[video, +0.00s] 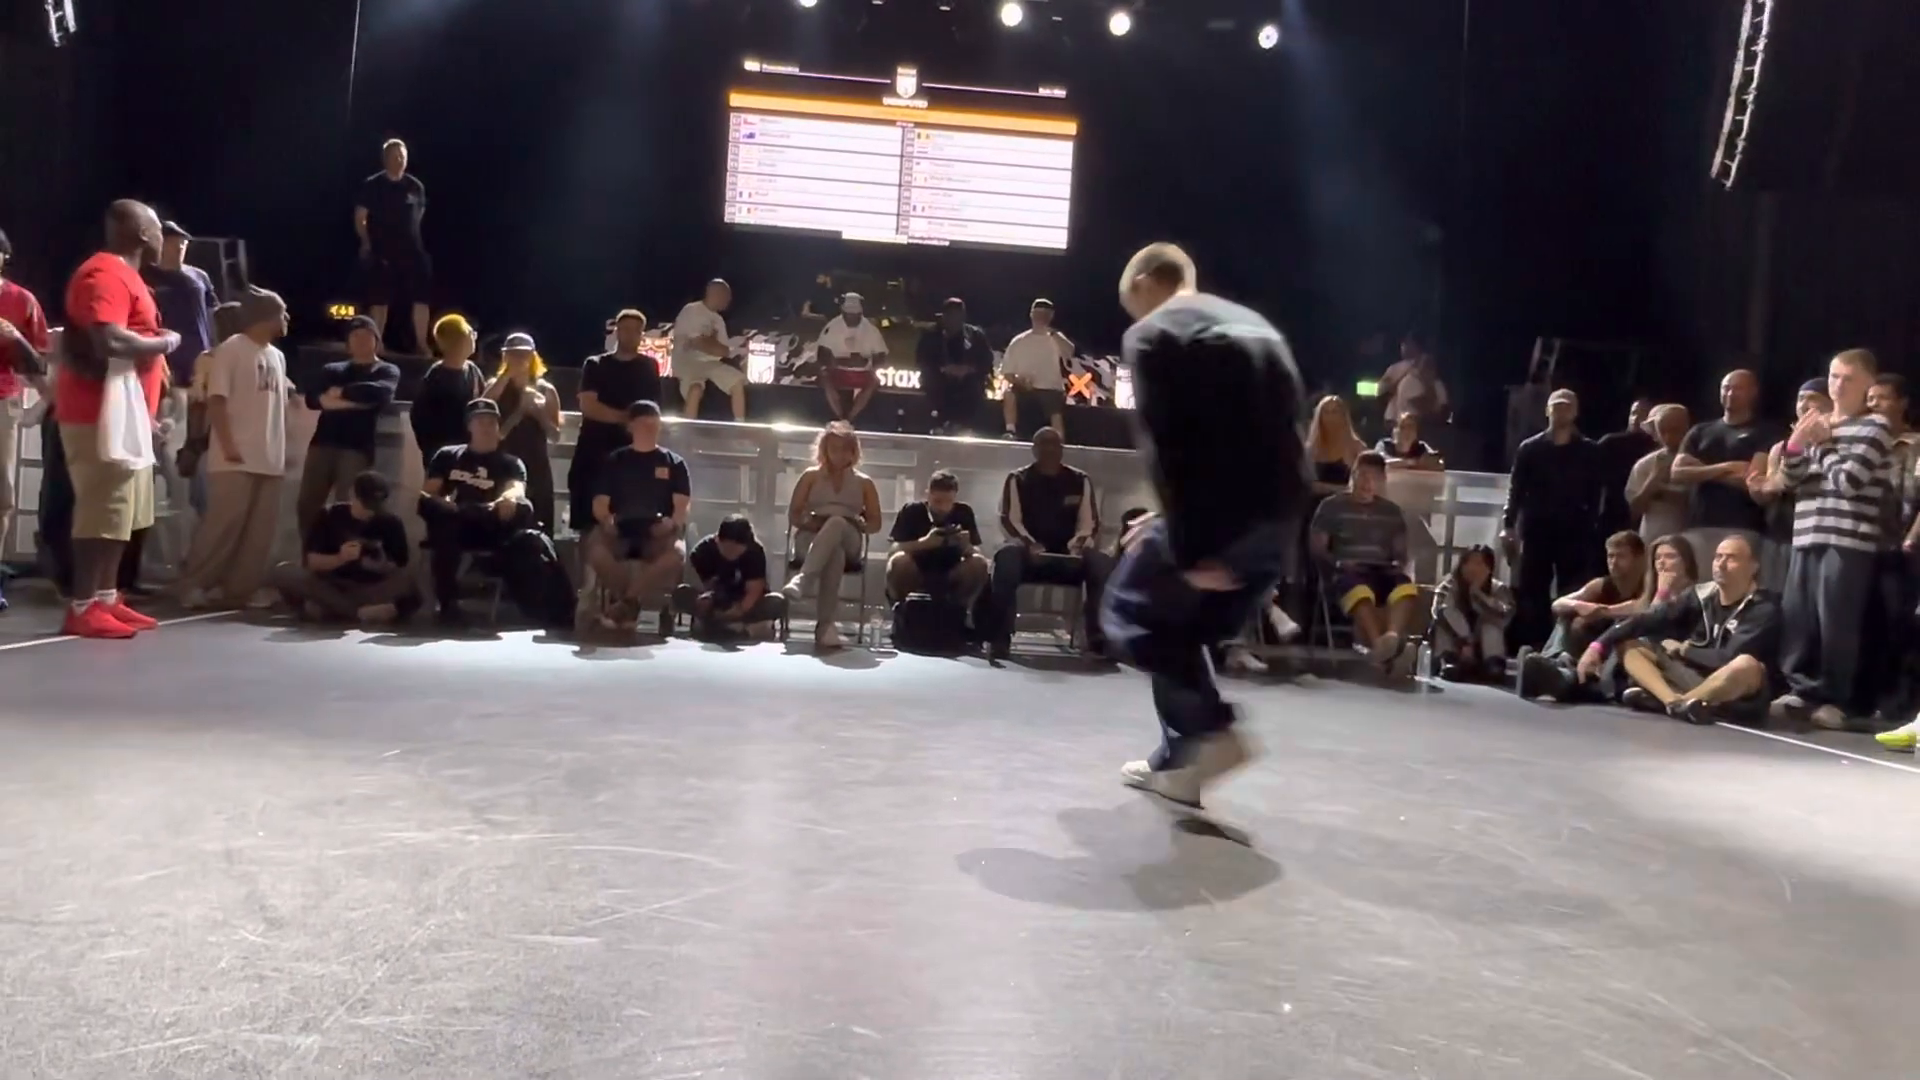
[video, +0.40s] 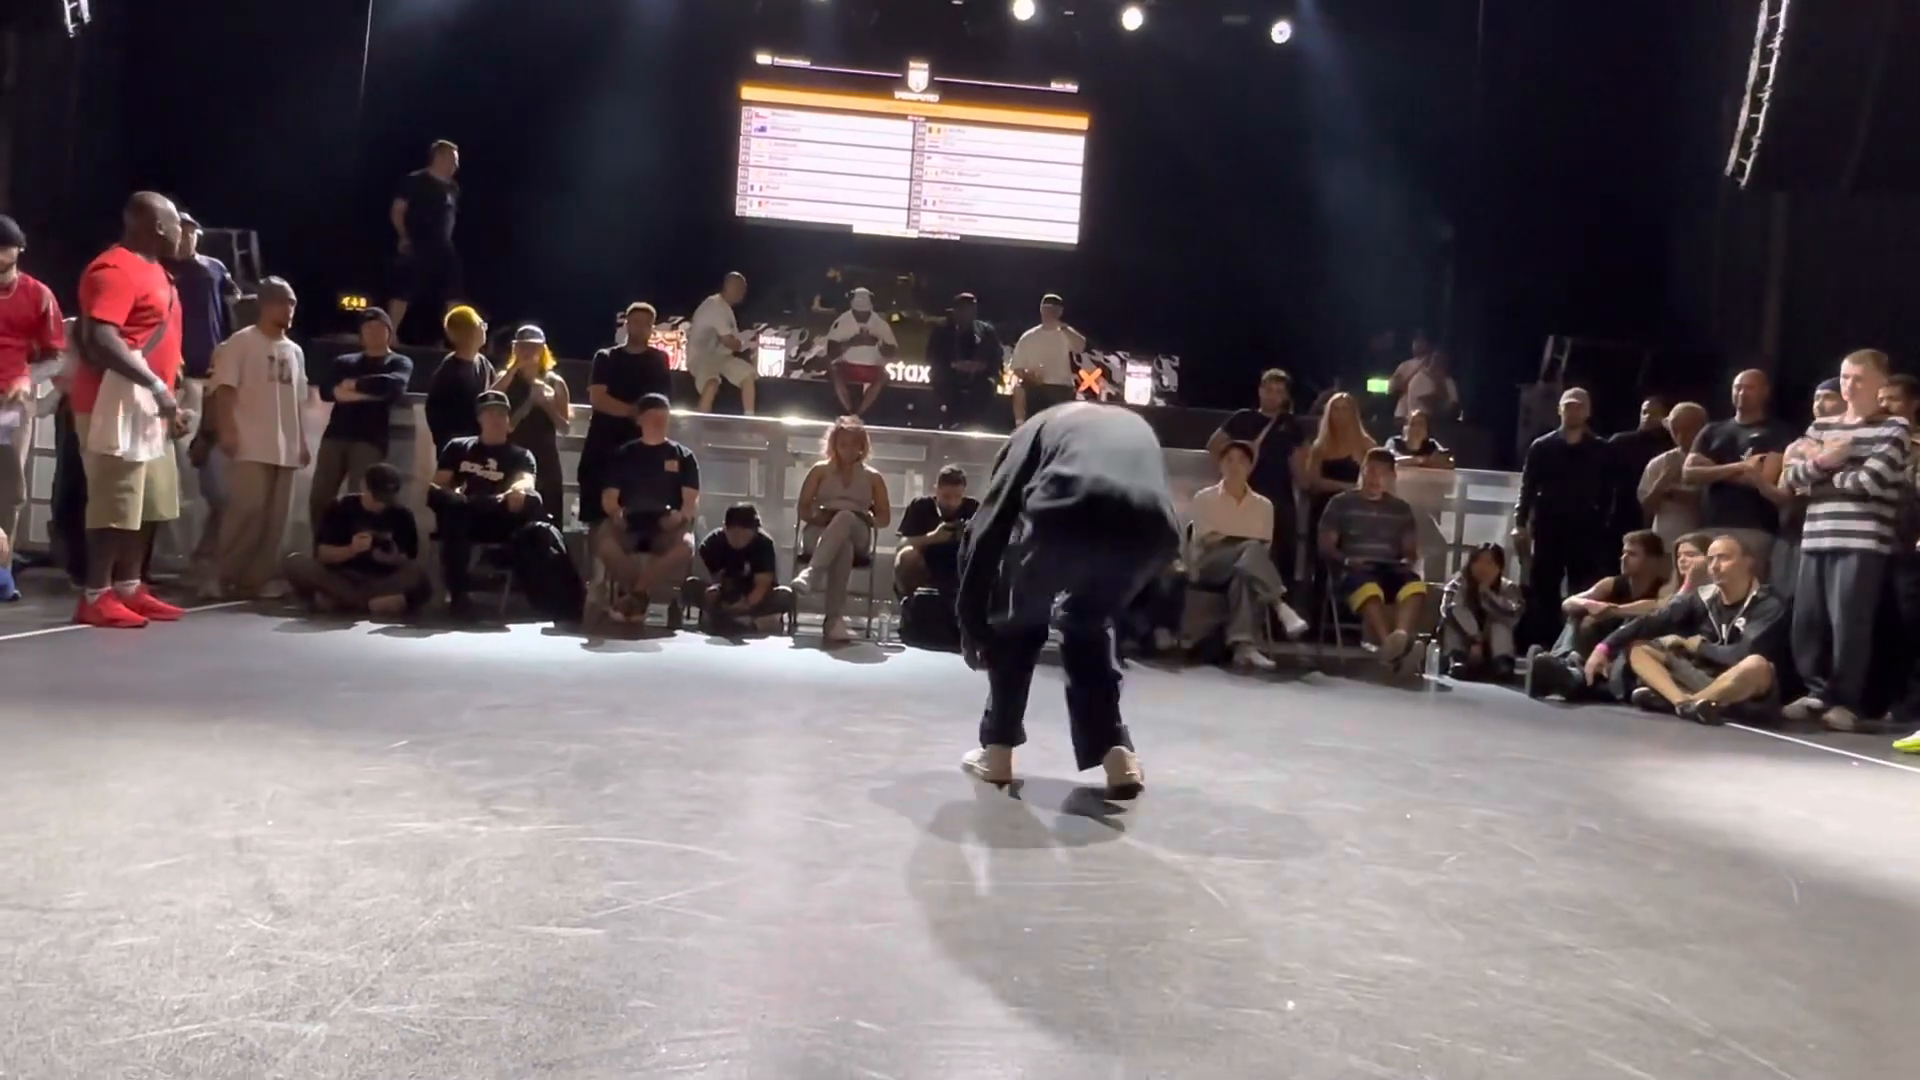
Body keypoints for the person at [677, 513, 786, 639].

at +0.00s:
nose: (735, 555)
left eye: (740, 551)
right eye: (731, 550)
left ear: (746, 545)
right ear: (719, 540)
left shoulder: (754, 551)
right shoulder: (700, 553)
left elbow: (755, 589)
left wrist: (742, 609)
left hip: (744, 596)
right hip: (716, 597)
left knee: (777, 602)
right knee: (682, 594)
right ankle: (743, 628)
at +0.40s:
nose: (739, 540)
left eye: (745, 535)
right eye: (735, 534)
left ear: (754, 531)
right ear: (726, 529)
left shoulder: (763, 543)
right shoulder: (710, 545)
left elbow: (763, 582)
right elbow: (717, 579)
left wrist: (746, 604)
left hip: (753, 587)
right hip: (726, 586)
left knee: (785, 595)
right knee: (690, 586)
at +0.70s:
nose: (745, 537)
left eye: (751, 532)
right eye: (740, 532)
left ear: (758, 528)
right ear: (731, 525)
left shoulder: (769, 540)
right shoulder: (716, 542)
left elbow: (769, 580)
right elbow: (724, 577)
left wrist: (753, 600)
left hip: (760, 585)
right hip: (733, 586)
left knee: (790, 593)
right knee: (696, 583)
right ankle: (757, 620)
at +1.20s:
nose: (749, 534)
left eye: (755, 530)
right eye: (745, 529)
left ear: (765, 526)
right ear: (737, 521)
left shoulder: (775, 536)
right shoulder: (722, 536)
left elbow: (775, 573)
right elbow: (727, 570)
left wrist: (758, 595)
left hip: (765, 582)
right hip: (737, 583)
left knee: (797, 586)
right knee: (702, 577)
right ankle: (763, 613)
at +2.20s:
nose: (762, 528)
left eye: (768, 524)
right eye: (758, 522)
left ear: (777, 518)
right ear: (749, 512)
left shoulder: (787, 524)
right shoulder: (734, 525)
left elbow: (786, 564)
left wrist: (766, 584)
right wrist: (731, 572)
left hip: (776, 571)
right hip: (748, 573)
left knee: (808, 576)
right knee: (714, 566)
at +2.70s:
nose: (765, 526)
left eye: (771, 522)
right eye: (762, 520)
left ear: (780, 516)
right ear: (753, 508)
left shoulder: (790, 521)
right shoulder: (736, 523)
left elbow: (789, 562)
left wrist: (769, 580)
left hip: (780, 568)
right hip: (752, 569)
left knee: (811, 573)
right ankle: (777, 600)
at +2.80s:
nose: (766, 526)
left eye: (772, 523)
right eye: (762, 520)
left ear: (780, 516)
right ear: (753, 509)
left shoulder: (791, 521)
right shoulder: (737, 522)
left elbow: (789, 561)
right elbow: (728, 558)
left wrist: (769, 580)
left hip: (780, 567)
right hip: (751, 569)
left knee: (812, 572)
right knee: (731, 595)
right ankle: (778, 600)